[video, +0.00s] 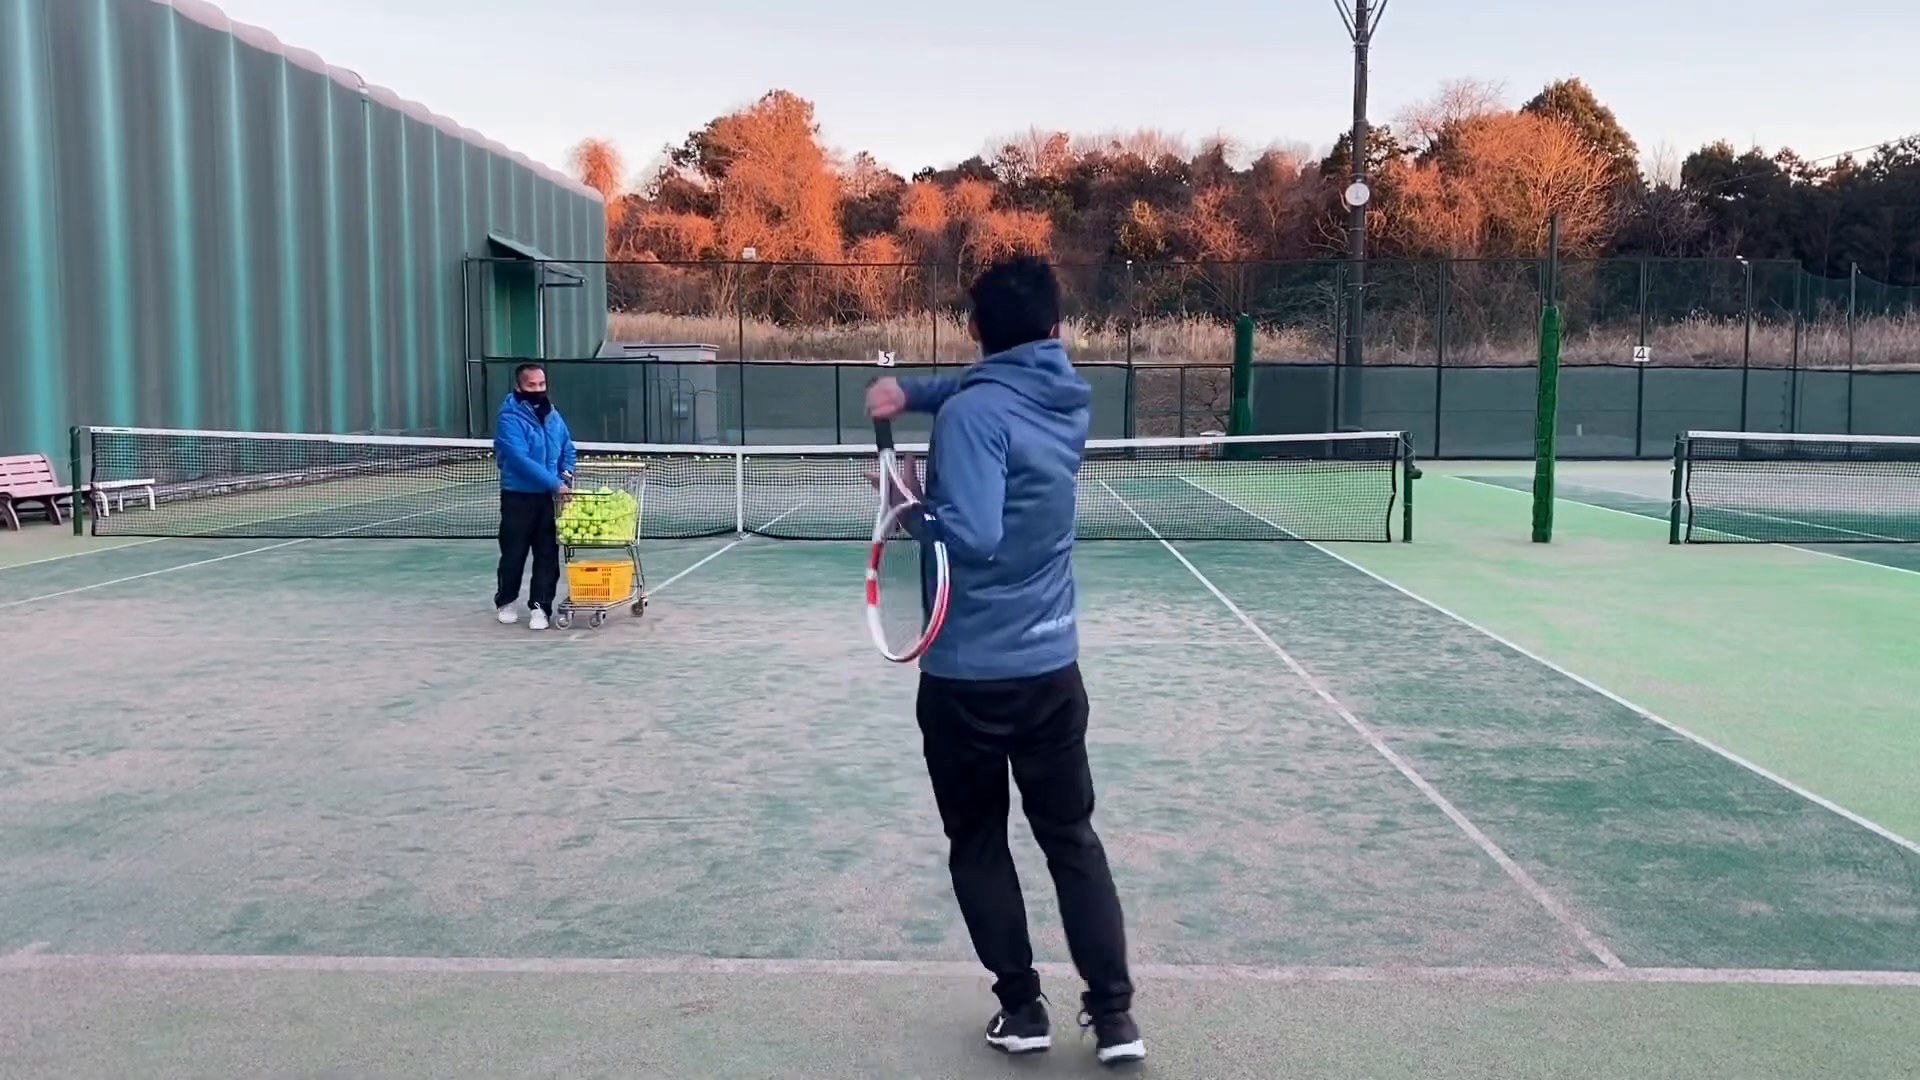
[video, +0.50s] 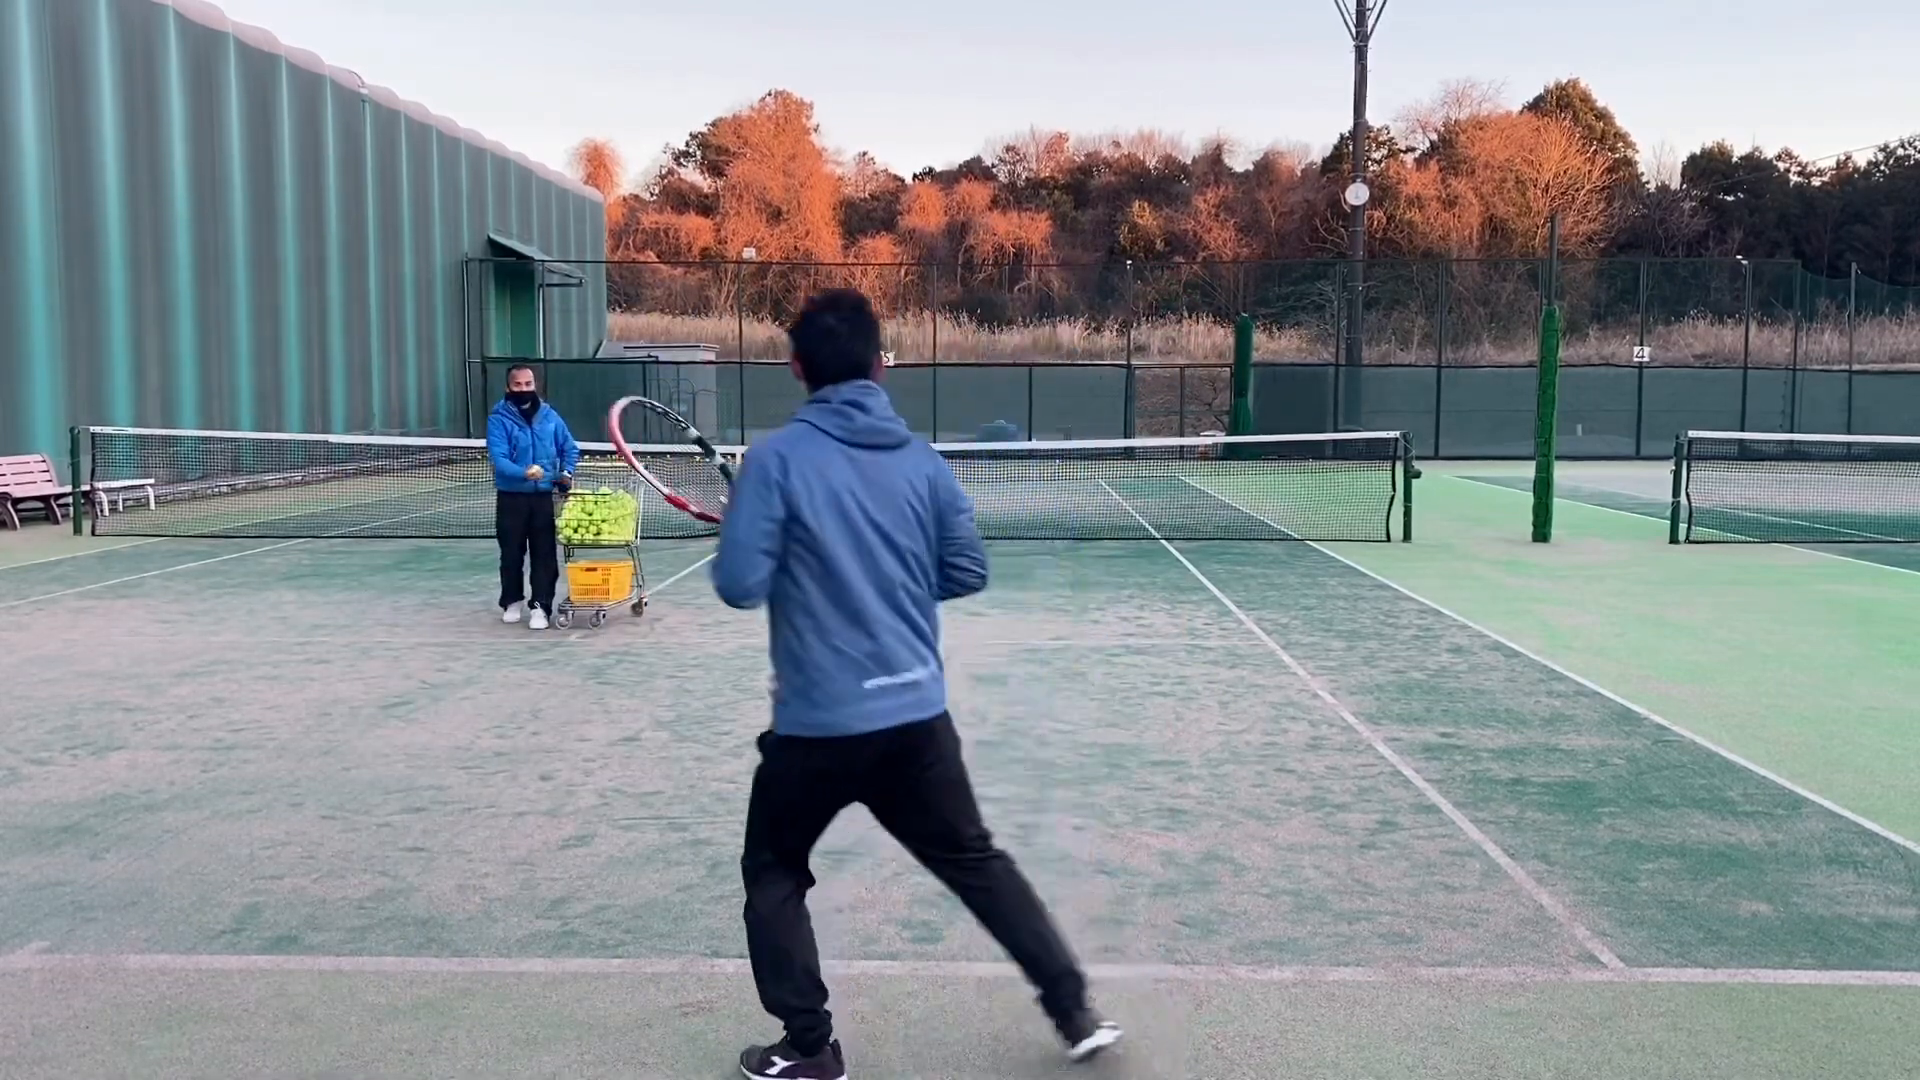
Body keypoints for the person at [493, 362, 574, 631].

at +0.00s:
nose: (538, 389)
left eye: (542, 384)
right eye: (532, 384)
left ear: (546, 384)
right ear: (519, 386)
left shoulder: (552, 414)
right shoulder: (509, 417)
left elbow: (568, 447)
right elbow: (519, 458)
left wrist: (566, 471)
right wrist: (555, 484)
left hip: (548, 493)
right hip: (518, 494)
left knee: (547, 554)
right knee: (514, 552)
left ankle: (541, 607)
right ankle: (506, 602)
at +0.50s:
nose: (523, 389)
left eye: (527, 384)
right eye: (517, 384)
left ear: (535, 385)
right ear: (508, 387)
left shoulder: (549, 415)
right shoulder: (498, 418)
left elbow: (571, 449)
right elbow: (498, 460)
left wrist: (566, 473)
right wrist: (524, 472)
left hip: (543, 495)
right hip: (511, 496)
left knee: (544, 554)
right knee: (511, 553)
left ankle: (540, 607)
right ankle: (512, 602)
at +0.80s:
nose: (510, 391)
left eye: (515, 386)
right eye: (505, 387)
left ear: (524, 387)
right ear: (497, 389)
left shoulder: (541, 415)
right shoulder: (490, 419)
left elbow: (568, 448)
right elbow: (484, 457)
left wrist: (566, 476)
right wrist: (494, 484)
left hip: (536, 496)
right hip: (503, 497)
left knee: (537, 553)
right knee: (505, 555)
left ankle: (539, 605)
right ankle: (511, 603)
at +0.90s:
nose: (507, 392)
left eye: (512, 387)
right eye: (501, 388)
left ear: (520, 387)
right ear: (494, 389)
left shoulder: (539, 415)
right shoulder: (486, 420)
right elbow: (478, 461)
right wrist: (486, 494)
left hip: (538, 494)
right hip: (501, 496)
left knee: (538, 547)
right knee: (503, 552)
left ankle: (539, 605)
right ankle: (509, 605)